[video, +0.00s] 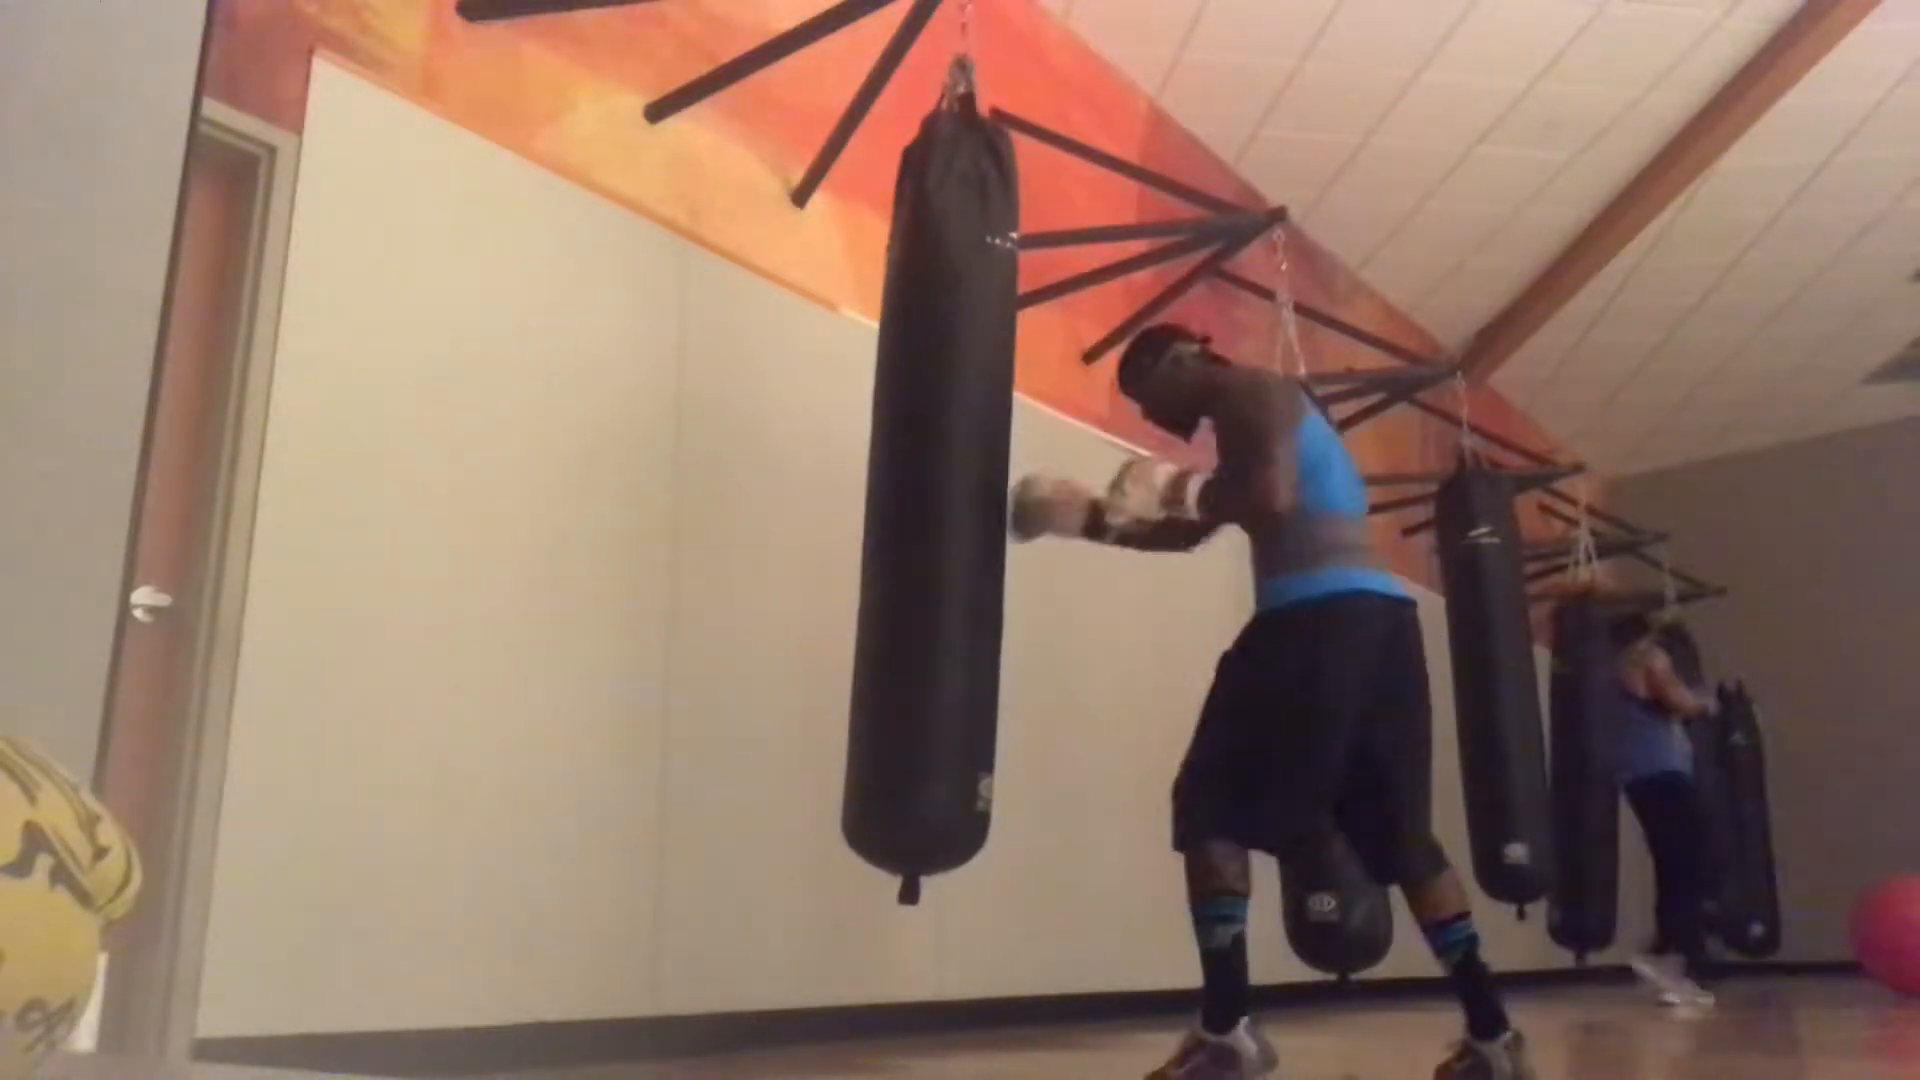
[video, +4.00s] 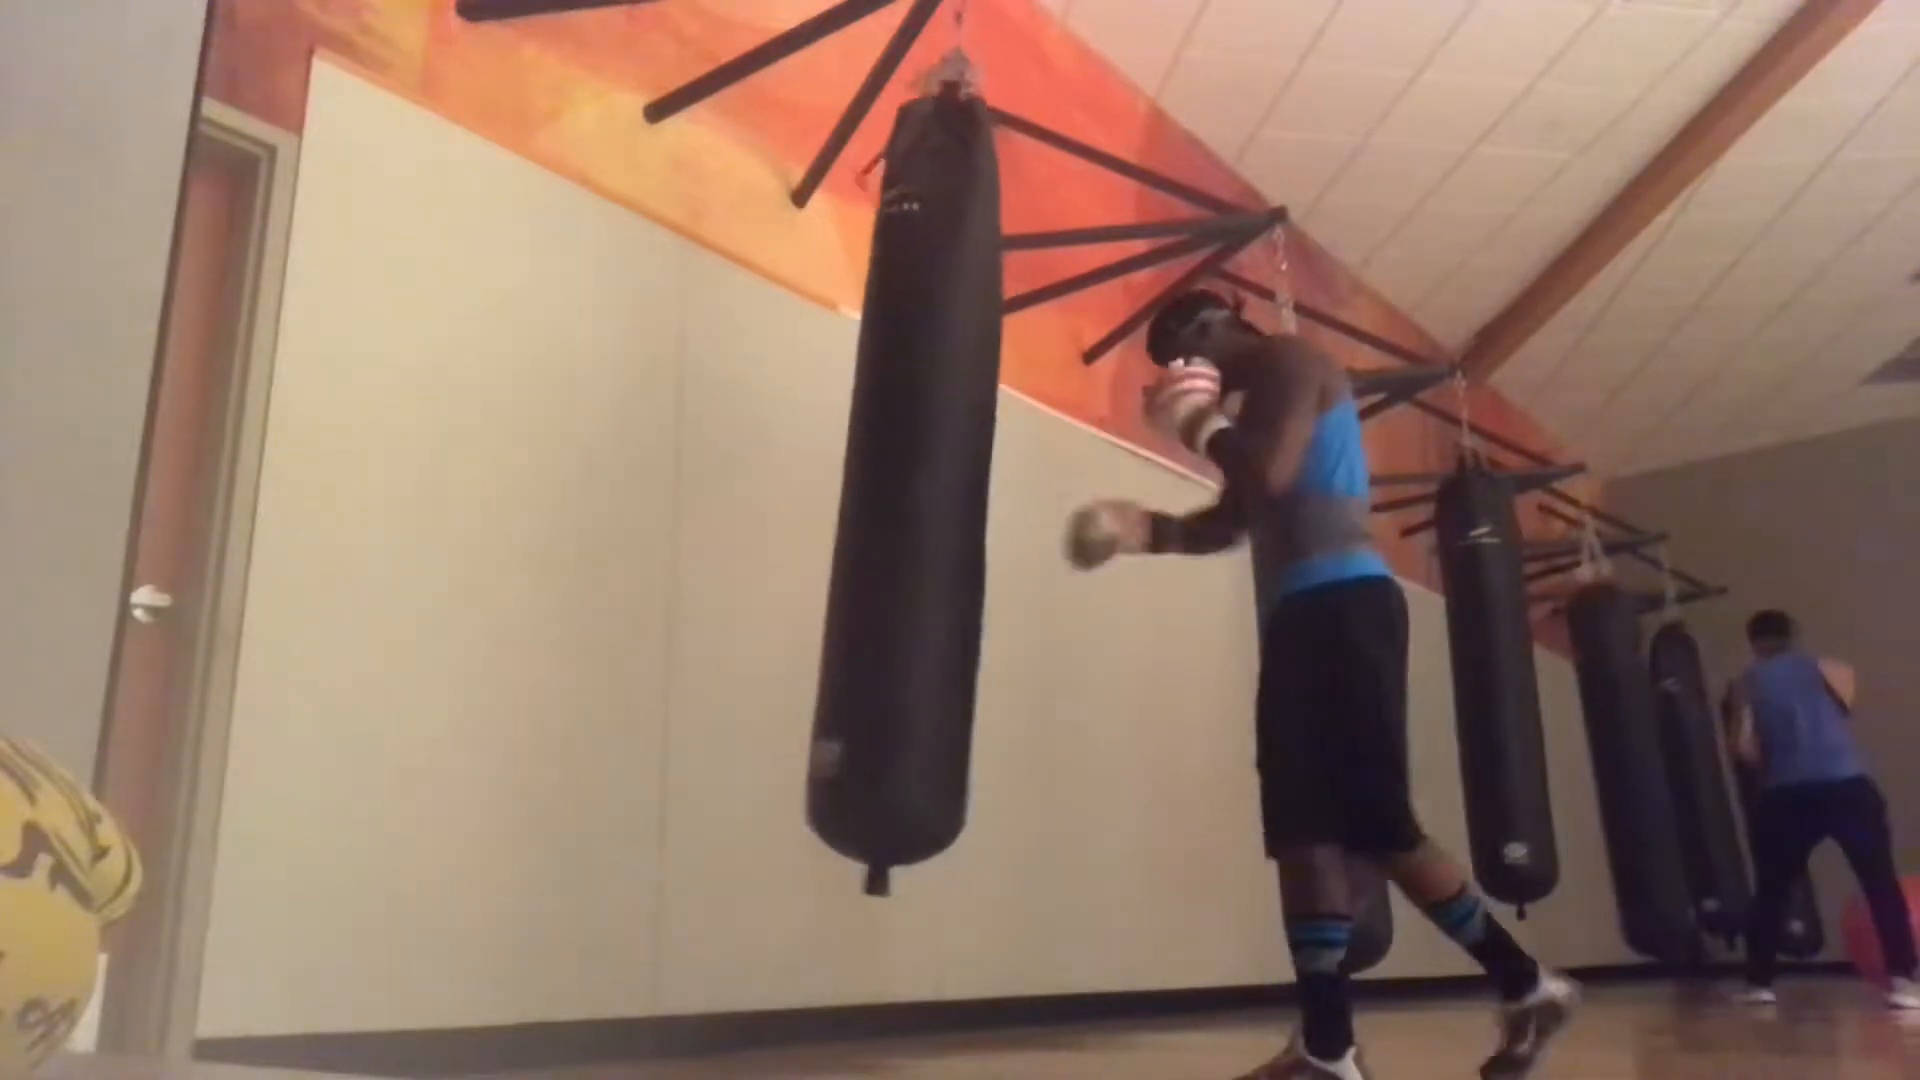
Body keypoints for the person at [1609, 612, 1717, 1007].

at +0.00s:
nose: (1659, 639)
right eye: (1653, 631)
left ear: (1617, 637)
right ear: (1646, 631)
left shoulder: (1615, 667)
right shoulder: (1650, 657)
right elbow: (1676, 698)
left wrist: (1697, 698)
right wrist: (1707, 701)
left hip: (1639, 775)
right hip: (1663, 772)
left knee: (1671, 865)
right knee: (1686, 864)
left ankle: (1670, 949)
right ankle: (1674, 960)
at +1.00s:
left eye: (1689, 639)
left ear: (1690, 638)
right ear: (1728, 627)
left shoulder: (1690, 672)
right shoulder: (1772, 659)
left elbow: (1675, 730)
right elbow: (1806, 717)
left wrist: (1705, 726)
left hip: (1728, 791)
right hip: (1786, 786)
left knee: (1724, 884)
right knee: (1807, 877)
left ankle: (1719, 981)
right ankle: (1801, 971)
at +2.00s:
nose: (1740, 658)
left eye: (1740, 652)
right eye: (1741, 652)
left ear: (1745, 650)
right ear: (1779, 642)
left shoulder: (1748, 682)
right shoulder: (1817, 672)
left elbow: (1730, 735)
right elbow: (1836, 703)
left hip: (1782, 801)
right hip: (1840, 796)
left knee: (1752, 887)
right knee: (1880, 882)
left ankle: (1724, 980)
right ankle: (1918, 968)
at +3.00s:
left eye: (1721, 650)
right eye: (1734, 645)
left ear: (1715, 652)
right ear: (1749, 643)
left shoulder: (1714, 690)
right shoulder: (1776, 668)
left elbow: (1671, 723)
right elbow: (1807, 695)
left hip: (1762, 794)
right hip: (1815, 785)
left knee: (1735, 878)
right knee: (1863, 873)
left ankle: (1712, 968)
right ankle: (1906, 960)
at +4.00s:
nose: (1761, 650)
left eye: (1756, 644)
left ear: (1754, 645)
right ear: (1793, 636)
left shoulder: (1745, 685)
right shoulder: (1827, 667)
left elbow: (1743, 748)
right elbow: (1847, 704)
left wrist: (1775, 758)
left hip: (1788, 796)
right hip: (1849, 789)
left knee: (1771, 889)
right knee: (1880, 882)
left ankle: (1760, 983)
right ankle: (1904, 978)